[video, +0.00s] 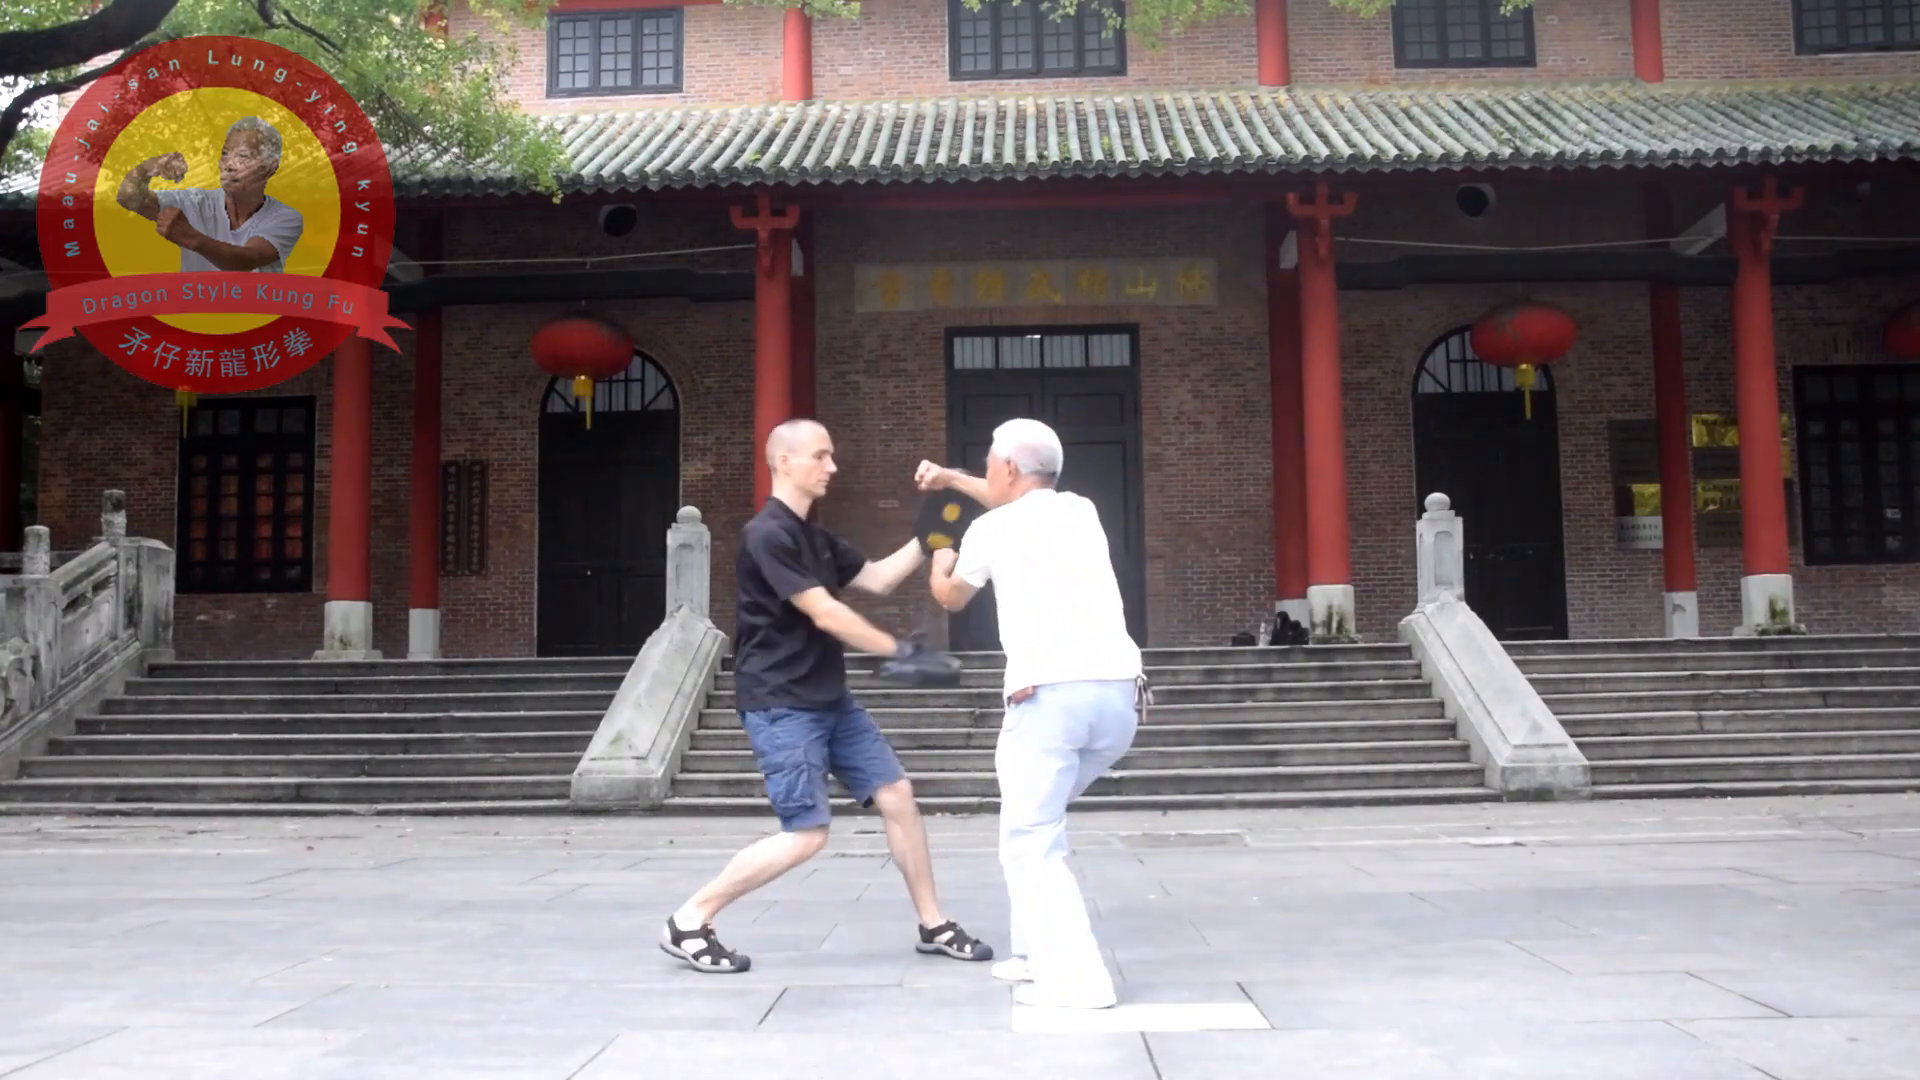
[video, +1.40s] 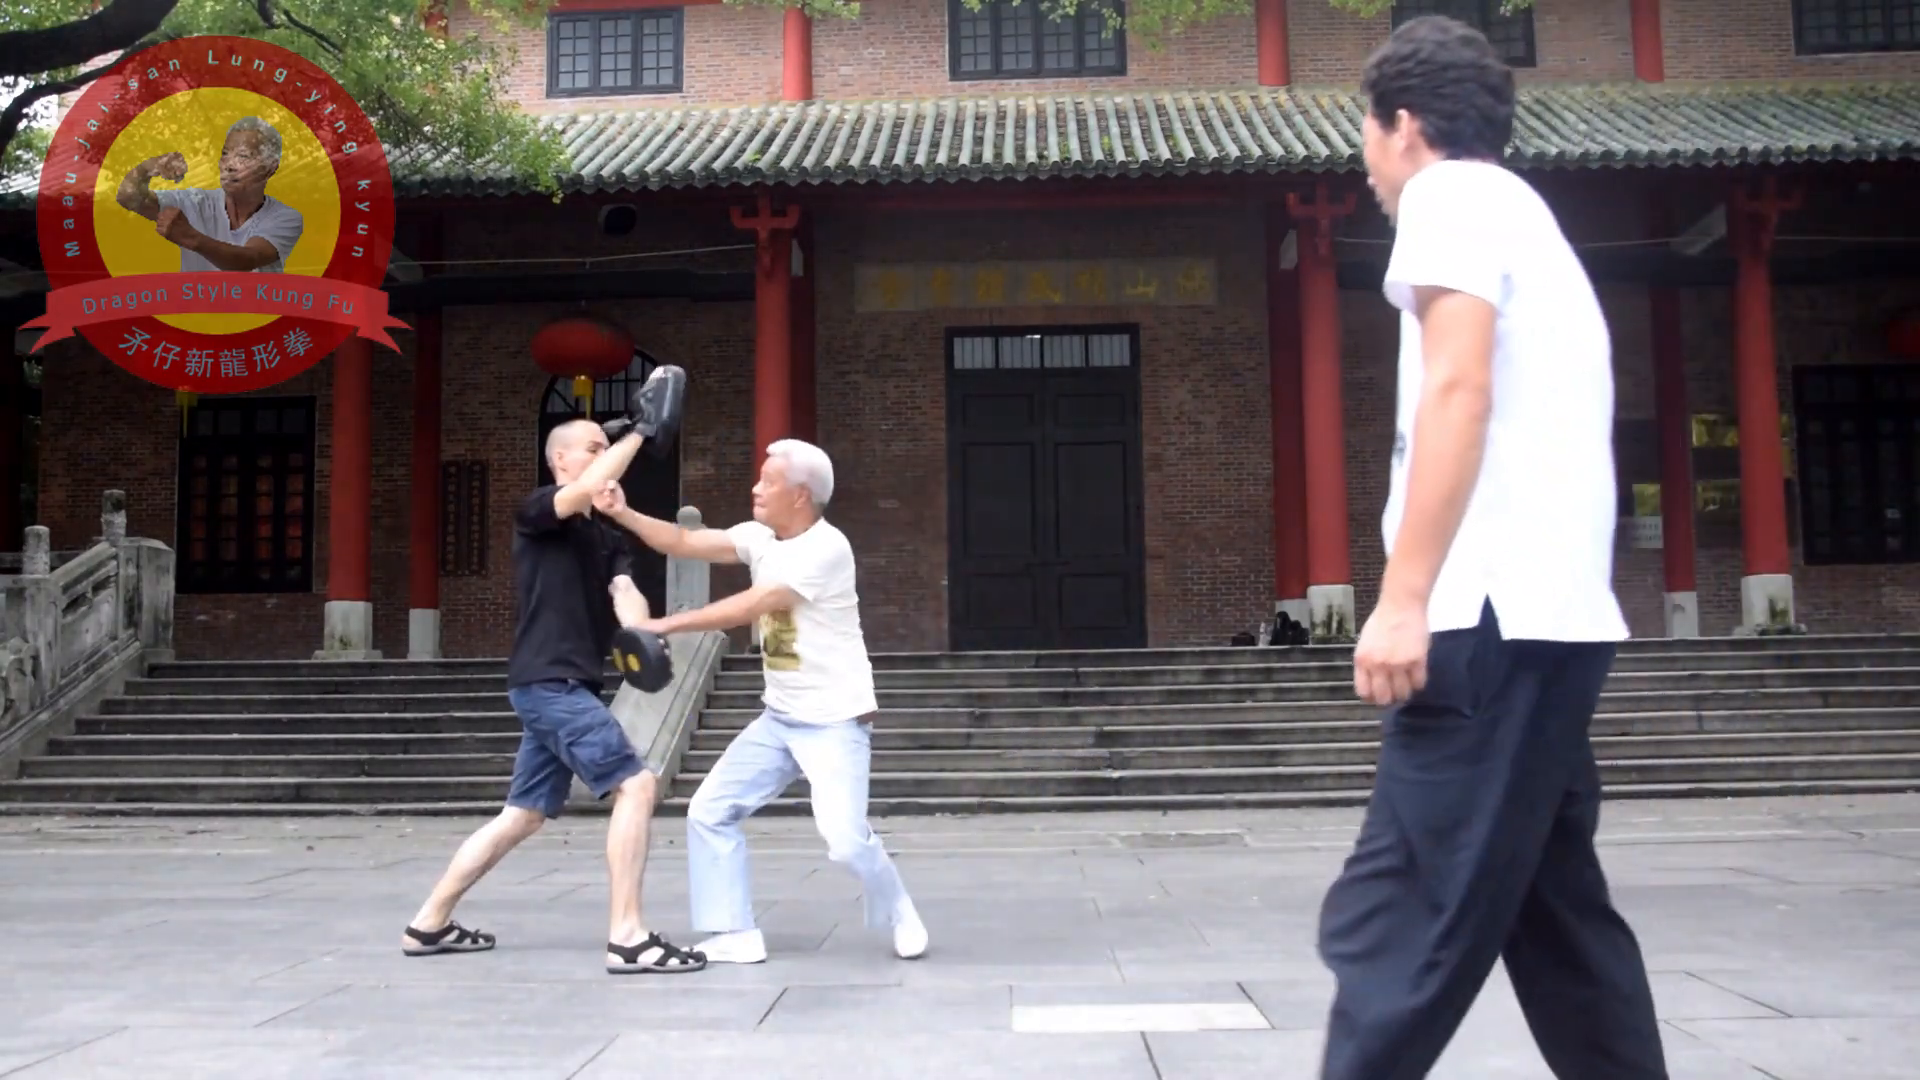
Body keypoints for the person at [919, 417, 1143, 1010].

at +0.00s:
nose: (985, 472)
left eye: (989, 463)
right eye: (987, 462)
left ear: (1009, 470)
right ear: (1048, 471)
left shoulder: (996, 525)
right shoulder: (1082, 510)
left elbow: (951, 596)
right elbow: (1009, 499)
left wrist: (940, 556)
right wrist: (951, 478)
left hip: (1047, 697)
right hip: (1119, 696)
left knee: (1030, 841)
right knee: (1035, 823)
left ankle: (1079, 980)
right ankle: (1035, 952)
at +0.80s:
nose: (923, 472)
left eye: (927, 462)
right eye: (925, 461)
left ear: (948, 471)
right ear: (983, 476)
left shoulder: (923, 525)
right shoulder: (1019, 518)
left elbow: (885, 601)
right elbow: (946, 511)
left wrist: (870, 575)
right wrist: (882, 491)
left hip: (985, 705)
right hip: (1049, 700)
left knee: (990, 857)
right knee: (994, 828)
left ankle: (1077, 970)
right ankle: (1003, 950)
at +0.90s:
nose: (905, 478)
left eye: (910, 469)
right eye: (909, 468)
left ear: (929, 476)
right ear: (963, 482)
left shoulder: (902, 530)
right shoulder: (1003, 526)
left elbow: (874, 605)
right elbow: (947, 535)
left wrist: (901, 539)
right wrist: (880, 524)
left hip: (951, 716)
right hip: (1011, 712)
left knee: (977, 863)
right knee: (901, 800)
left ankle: (1073, 967)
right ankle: (894, 940)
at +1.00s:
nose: (869, 488)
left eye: (874, 478)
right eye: (871, 477)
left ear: (896, 486)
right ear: (924, 490)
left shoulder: (869, 533)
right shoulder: (969, 535)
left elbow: (803, 566)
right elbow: (989, 513)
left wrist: (798, 539)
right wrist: (938, 500)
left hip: (912, 725)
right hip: (962, 722)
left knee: (960, 859)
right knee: (844, 793)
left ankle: (1068, 964)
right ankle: (786, 911)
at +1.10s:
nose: (829, 489)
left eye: (837, 479)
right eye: (833, 479)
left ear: (863, 491)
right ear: (880, 493)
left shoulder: (832, 542)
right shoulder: (925, 544)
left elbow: (754, 574)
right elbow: (966, 509)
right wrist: (952, 450)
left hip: (869, 731)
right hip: (901, 724)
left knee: (930, 842)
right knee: (791, 810)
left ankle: (1043, 940)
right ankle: (748, 927)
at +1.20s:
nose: (789, 501)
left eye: (797, 493)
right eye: (791, 491)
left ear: (832, 505)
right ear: (839, 506)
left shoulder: (833, 562)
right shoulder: (855, 546)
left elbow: (758, 627)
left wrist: (692, 608)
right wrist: (862, 463)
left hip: (847, 729)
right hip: (829, 727)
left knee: (885, 836)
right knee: (740, 807)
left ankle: (1004, 931)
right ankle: (741, 933)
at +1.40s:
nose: (755, 489)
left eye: (765, 481)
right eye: (758, 479)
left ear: (800, 495)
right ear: (788, 492)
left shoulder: (827, 548)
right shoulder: (760, 537)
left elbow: (754, 605)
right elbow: (684, 542)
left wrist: (660, 626)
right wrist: (623, 513)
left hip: (835, 721)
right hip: (780, 718)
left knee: (846, 841)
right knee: (709, 811)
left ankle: (899, 910)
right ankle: (737, 935)